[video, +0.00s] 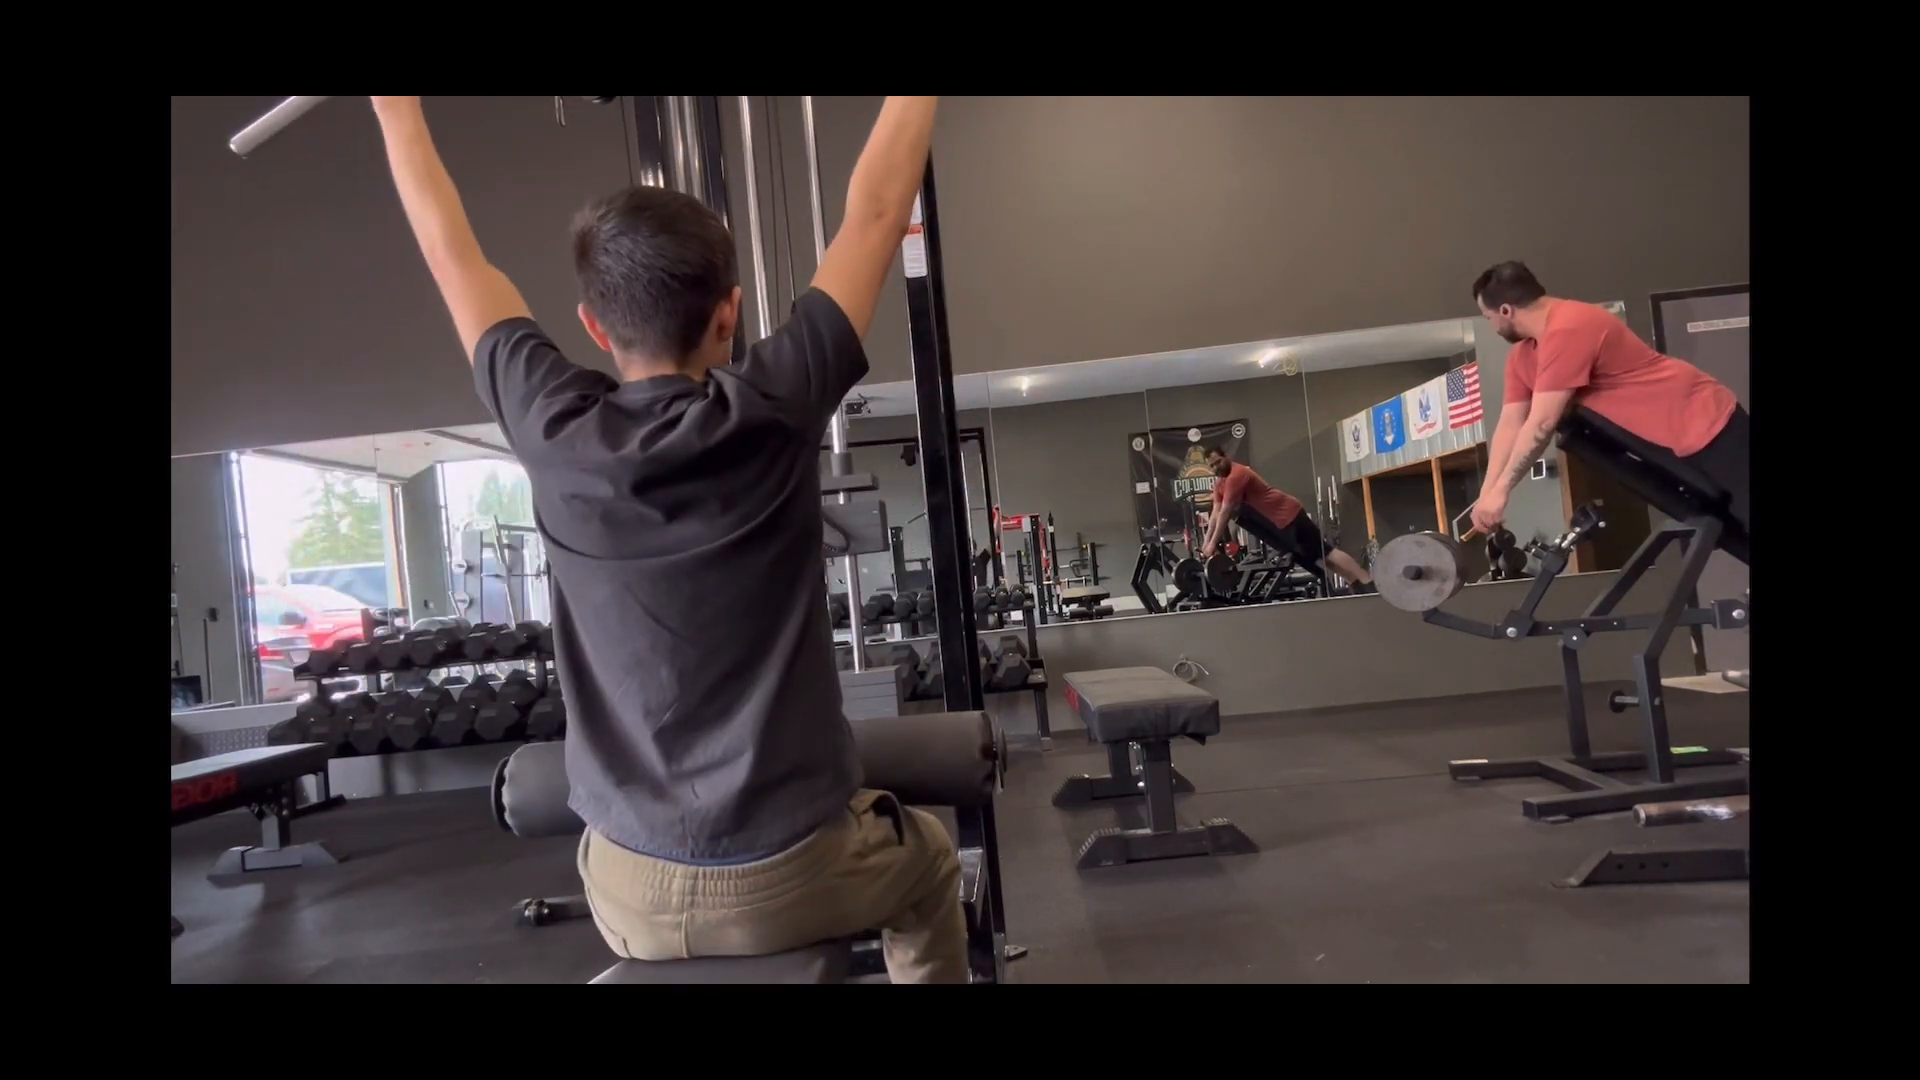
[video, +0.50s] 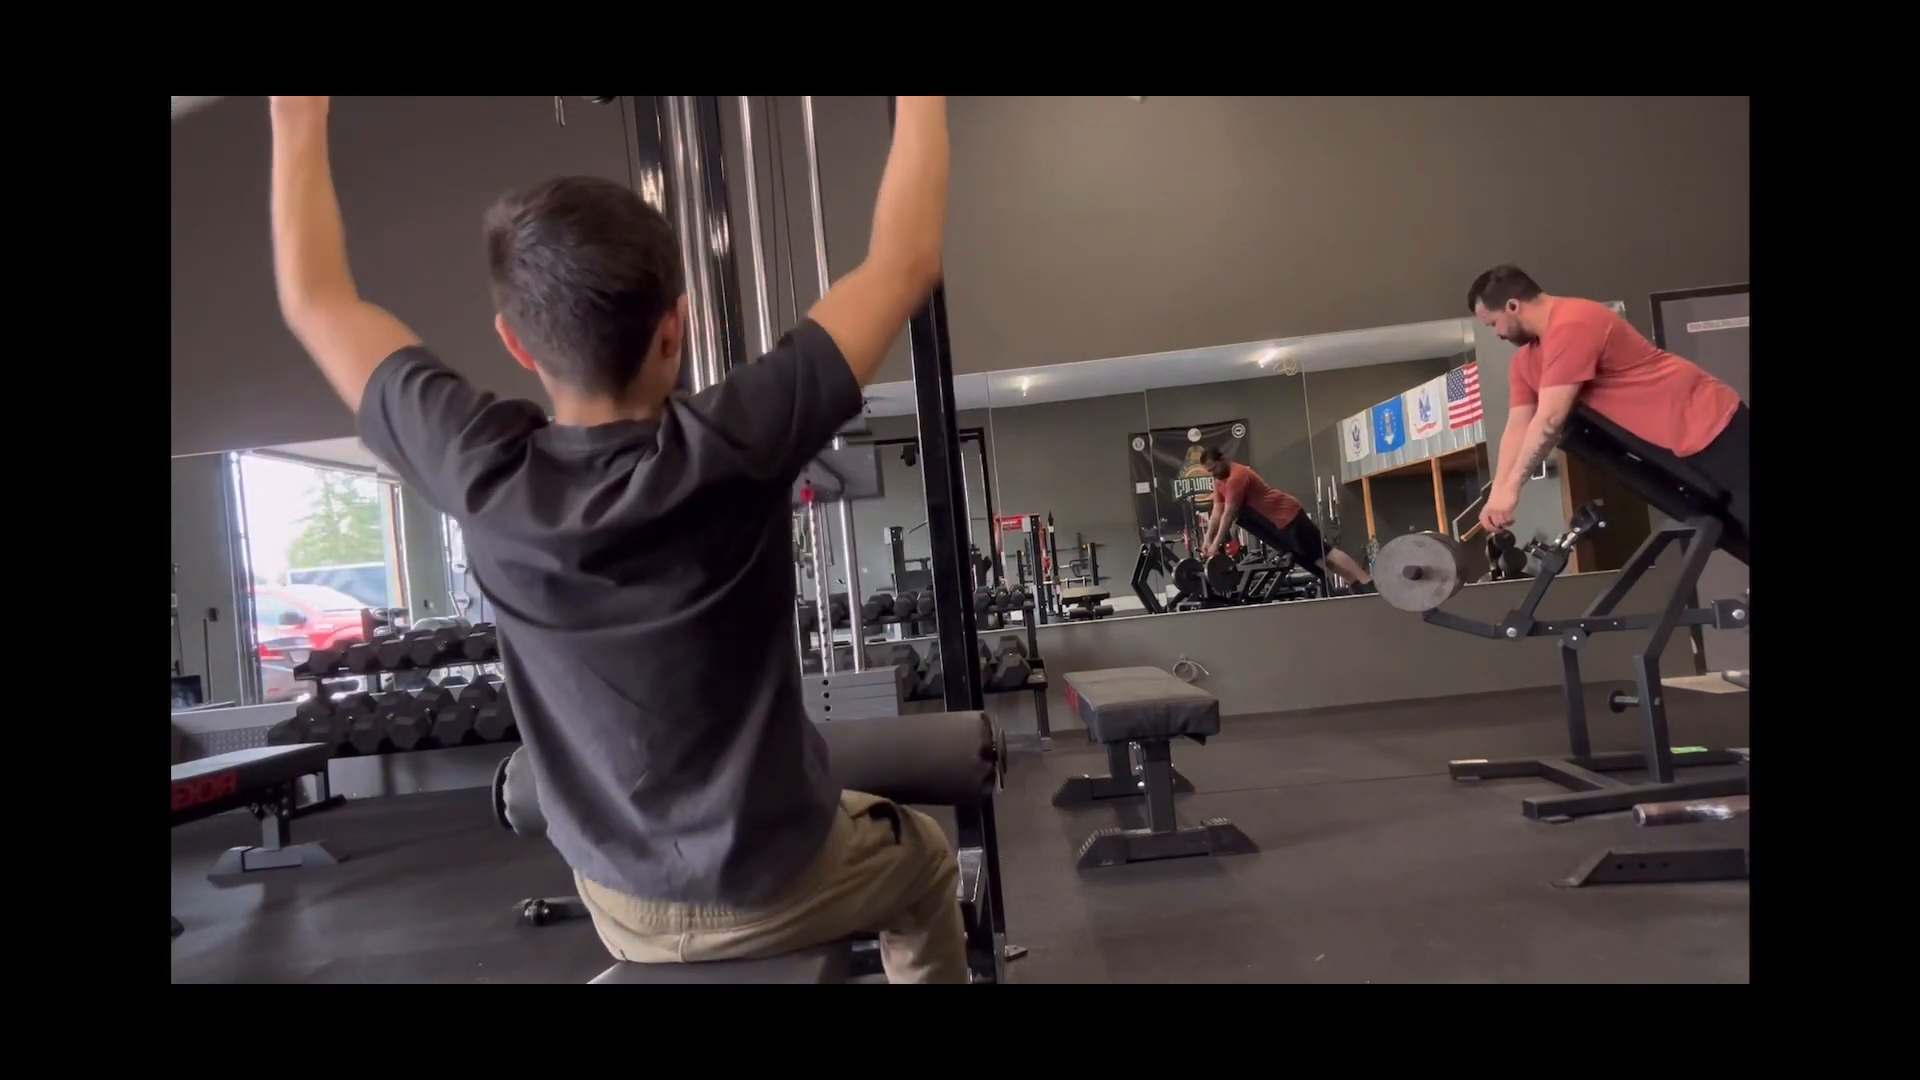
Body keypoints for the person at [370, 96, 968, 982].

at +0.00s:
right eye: (736, 298)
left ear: (594, 327)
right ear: (728, 318)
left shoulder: (556, 424)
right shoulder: (777, 400)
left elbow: (451, 256)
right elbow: (874, 218)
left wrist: (395, 106)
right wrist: (917, 87)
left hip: (628, 890)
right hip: (792, 885)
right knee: (924, 858)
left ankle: (642, 968)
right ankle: (928, 975)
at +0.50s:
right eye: (681, 302)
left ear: (513, 342)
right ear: (676, 326)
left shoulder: (485, 464)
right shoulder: (737, 442)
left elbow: (314, 298)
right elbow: (903, 267)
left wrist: (296, 116)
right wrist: (921, 91)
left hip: (617, 909)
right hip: (773, 898)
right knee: (922, 859)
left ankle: (634, 975)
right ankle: (926, 976)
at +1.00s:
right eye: (683, 314)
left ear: (511, 362)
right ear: (680, 337)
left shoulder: (477, 540)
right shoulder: (754, 502)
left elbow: (272, 709)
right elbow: (950, 660)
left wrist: (311, 496)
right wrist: (968, 466)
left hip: (614, 908)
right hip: (784, 895)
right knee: (922, 864)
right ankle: (927, 977)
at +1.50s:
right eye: (679, 321)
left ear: (504, 368)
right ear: (672, 346)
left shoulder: (467, 515)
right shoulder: (743, 485)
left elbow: (288, 525)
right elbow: (971, 466)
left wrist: (323, 338)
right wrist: (957, 281)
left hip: (612, 911)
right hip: (775, 895)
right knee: (926, 864)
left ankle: (615, 970)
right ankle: (932, 978)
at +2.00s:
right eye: (714, 296)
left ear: (562, 331)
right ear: (707, 319)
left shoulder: (532, 438)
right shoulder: (763, 409)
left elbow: (418, 250)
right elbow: (873, 216)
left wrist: (359, 100)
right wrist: (910, 84)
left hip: (618, 904)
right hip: (778, 897)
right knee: (924, 856)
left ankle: (635, 966)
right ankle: (936, 977)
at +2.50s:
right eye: (738, 294)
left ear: (592, 323)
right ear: (729, 316)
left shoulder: (552, 446)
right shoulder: (780, 423)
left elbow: (422, 300)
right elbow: (916, 269)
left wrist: (385, 133)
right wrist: (935, 101)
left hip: (630, 889)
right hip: (794, 881)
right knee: (923, 854)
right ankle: (936, 979)